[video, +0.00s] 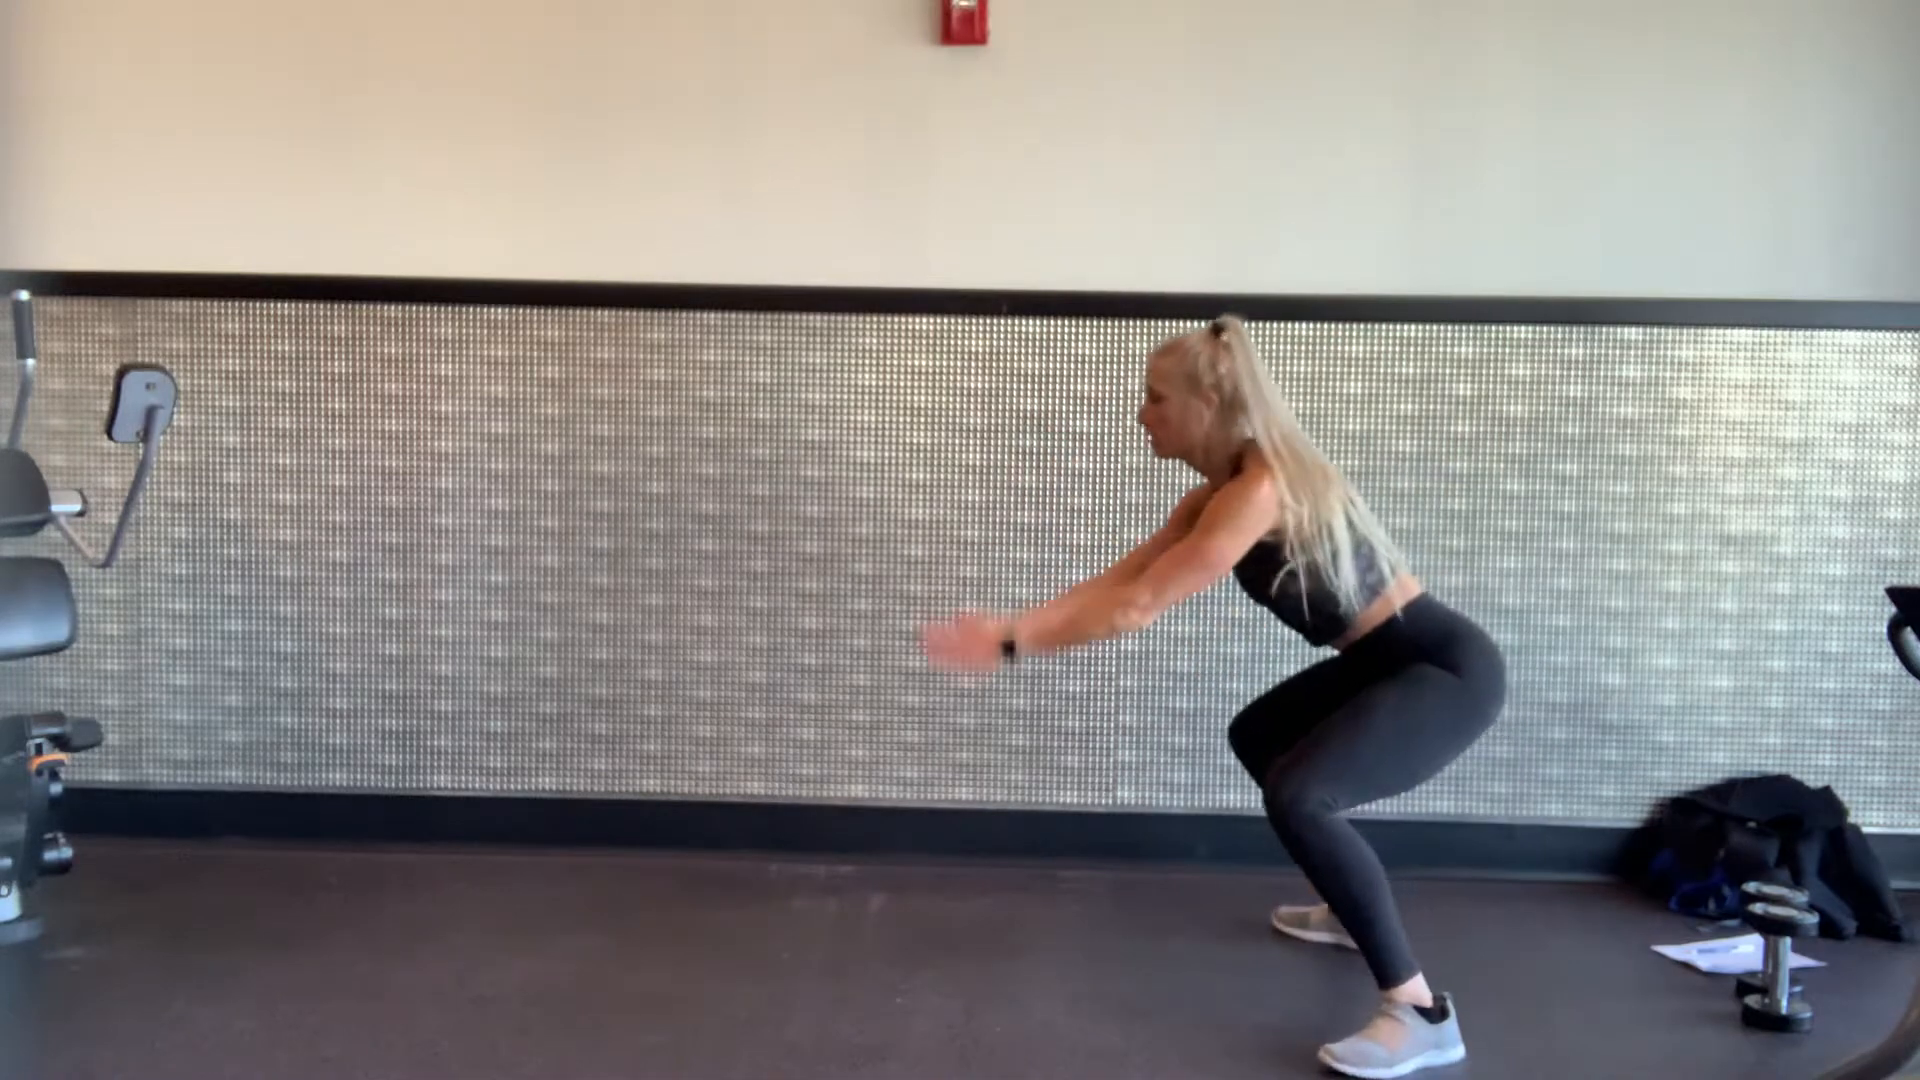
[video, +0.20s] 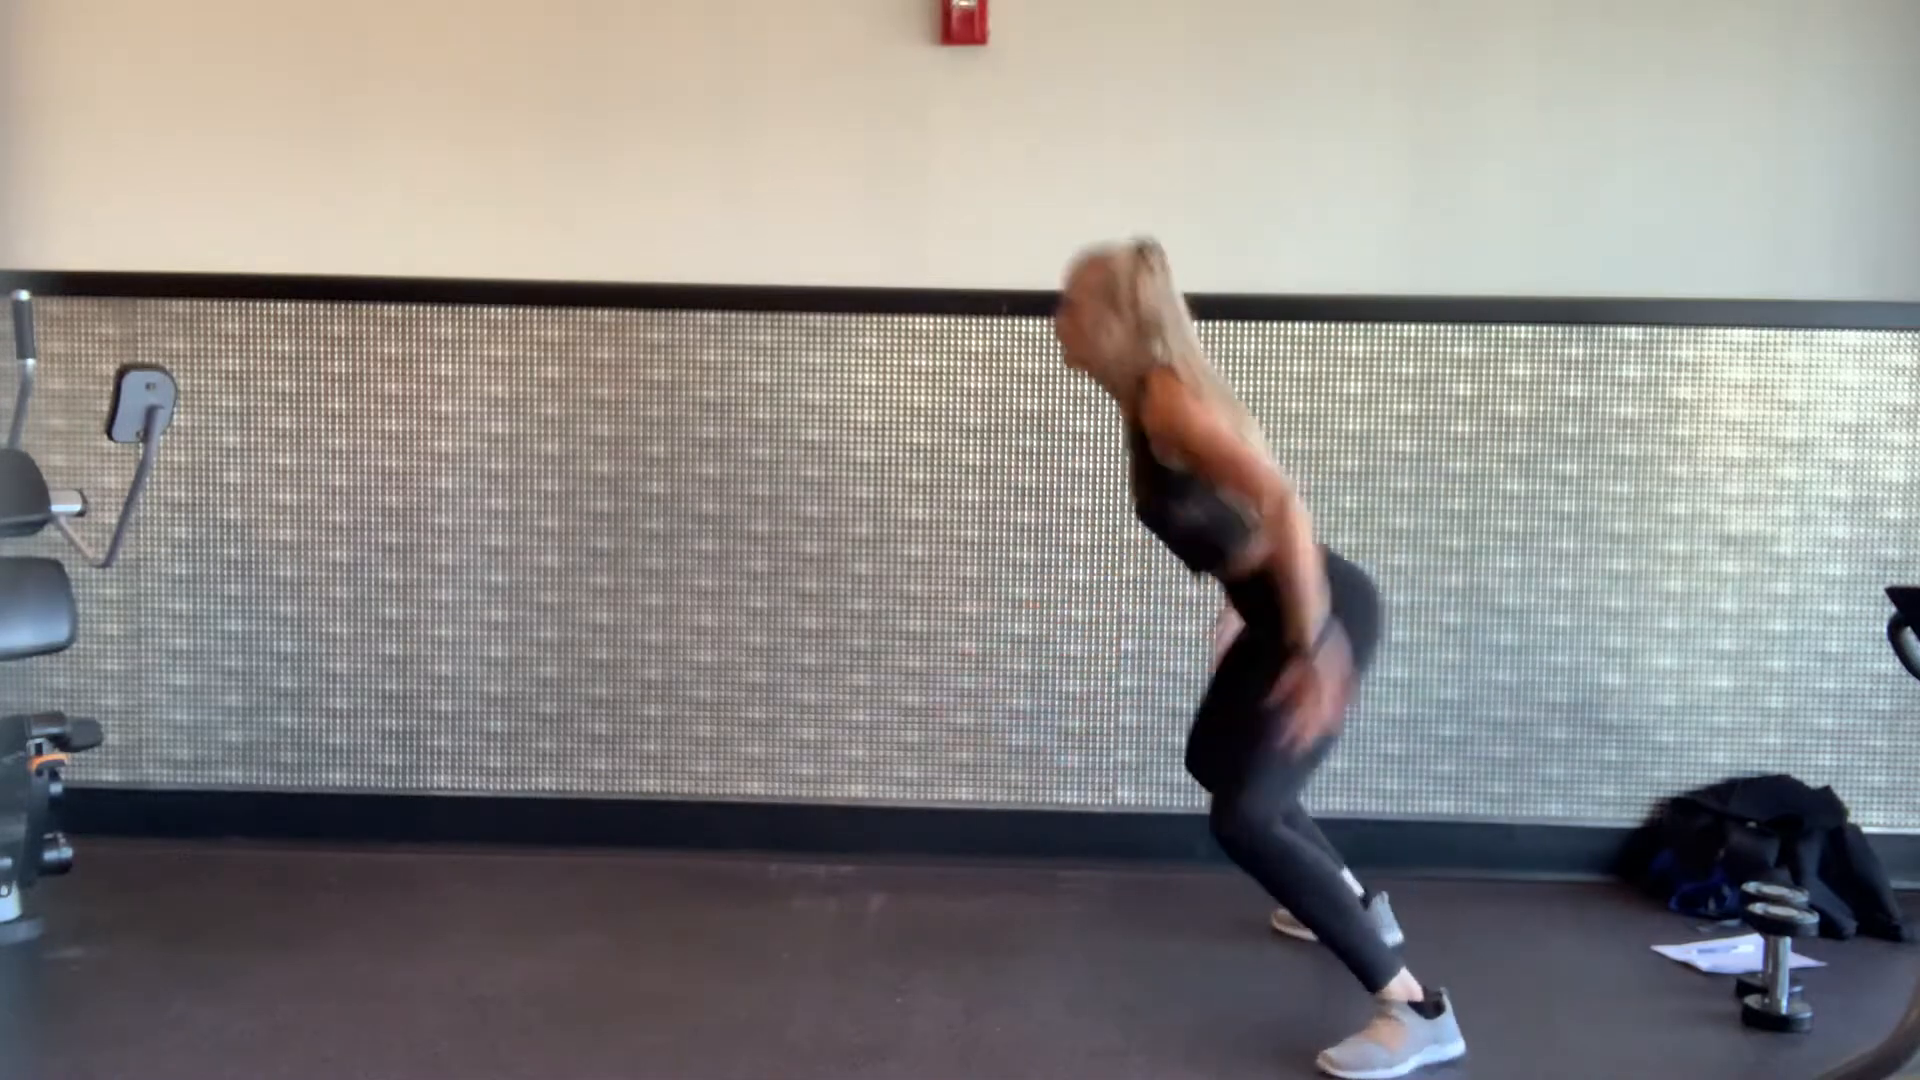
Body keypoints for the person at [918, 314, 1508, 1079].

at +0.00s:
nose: (1143, 418)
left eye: (1154, 400)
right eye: (1144, 401)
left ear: (1208, 404)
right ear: (1207, 408)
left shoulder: (1259, 488)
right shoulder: (1215, 492)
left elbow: (1141, 603)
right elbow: (1120, 583)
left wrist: (1014, 641)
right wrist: (1012, 631)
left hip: (1446, 669)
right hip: (1390, 662)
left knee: (1299, 794)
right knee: (1255, 734)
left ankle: (1419, 1010)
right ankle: (1357, 907)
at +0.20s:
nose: (1058, 323)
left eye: (1072, 307)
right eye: (1061, 306)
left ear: (1118, 319)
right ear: (1121, 320)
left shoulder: (1172, 403)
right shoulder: (1147, 401)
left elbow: (1283, 500)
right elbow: (1245, 502)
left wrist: (1317, 640)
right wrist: (1249, 605)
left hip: (1321, 607)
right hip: (1282, 603)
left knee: (1248, 817)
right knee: (1213, 756)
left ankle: (1411, 1005)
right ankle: (1347, 902)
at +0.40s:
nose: (960, 162)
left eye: (974, 146)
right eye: (963, 145)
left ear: (1022, 149)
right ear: (1019, 149)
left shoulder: (1056, 223)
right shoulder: (1049, 226)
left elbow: (1184, 269)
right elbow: (1173, 277)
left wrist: (1195, 409)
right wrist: (1185, 409)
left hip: (1126, 477)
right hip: (1107, 479)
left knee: (1082, 705)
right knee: (1088, 692)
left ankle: (1237, 896)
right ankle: (1203, 829)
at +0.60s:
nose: (802, 211)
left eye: (811, 197)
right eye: (805, 195)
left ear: (851, 200)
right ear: (871, 194)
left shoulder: (894, 287)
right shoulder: (917, 273)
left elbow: (865, 442)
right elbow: (881, 429)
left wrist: (760, 472)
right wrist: (783, 465)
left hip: (1017, 519)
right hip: (1017, 511)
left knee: (905, 712)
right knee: (908, 698)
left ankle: (825, 945)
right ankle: (848, 850)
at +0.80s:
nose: (689, 389)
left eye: (702, 380)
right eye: (696, 377)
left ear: (739, 402)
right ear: (763, 402)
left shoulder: (767, 486)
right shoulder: (785, 474)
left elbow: (617, 562)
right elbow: (645, 543)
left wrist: (608, 448)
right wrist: (621, 447)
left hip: (889, 713)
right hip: (886, 689)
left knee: (682, 755)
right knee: (721, 701)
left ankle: (746, 983)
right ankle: (781, 884)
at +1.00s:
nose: (606, 454)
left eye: (621, 445)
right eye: (614, 441)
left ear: (656, 469)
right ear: (682, 469)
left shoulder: (685, 552)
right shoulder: (709, 536)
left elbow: (545, 643)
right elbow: (575, 613)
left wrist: (528, 529)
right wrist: (556, 523)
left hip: (842, 750)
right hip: (839, 723)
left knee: (640, 771)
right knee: (676, 716)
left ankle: (744, 981)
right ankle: (777, 881)